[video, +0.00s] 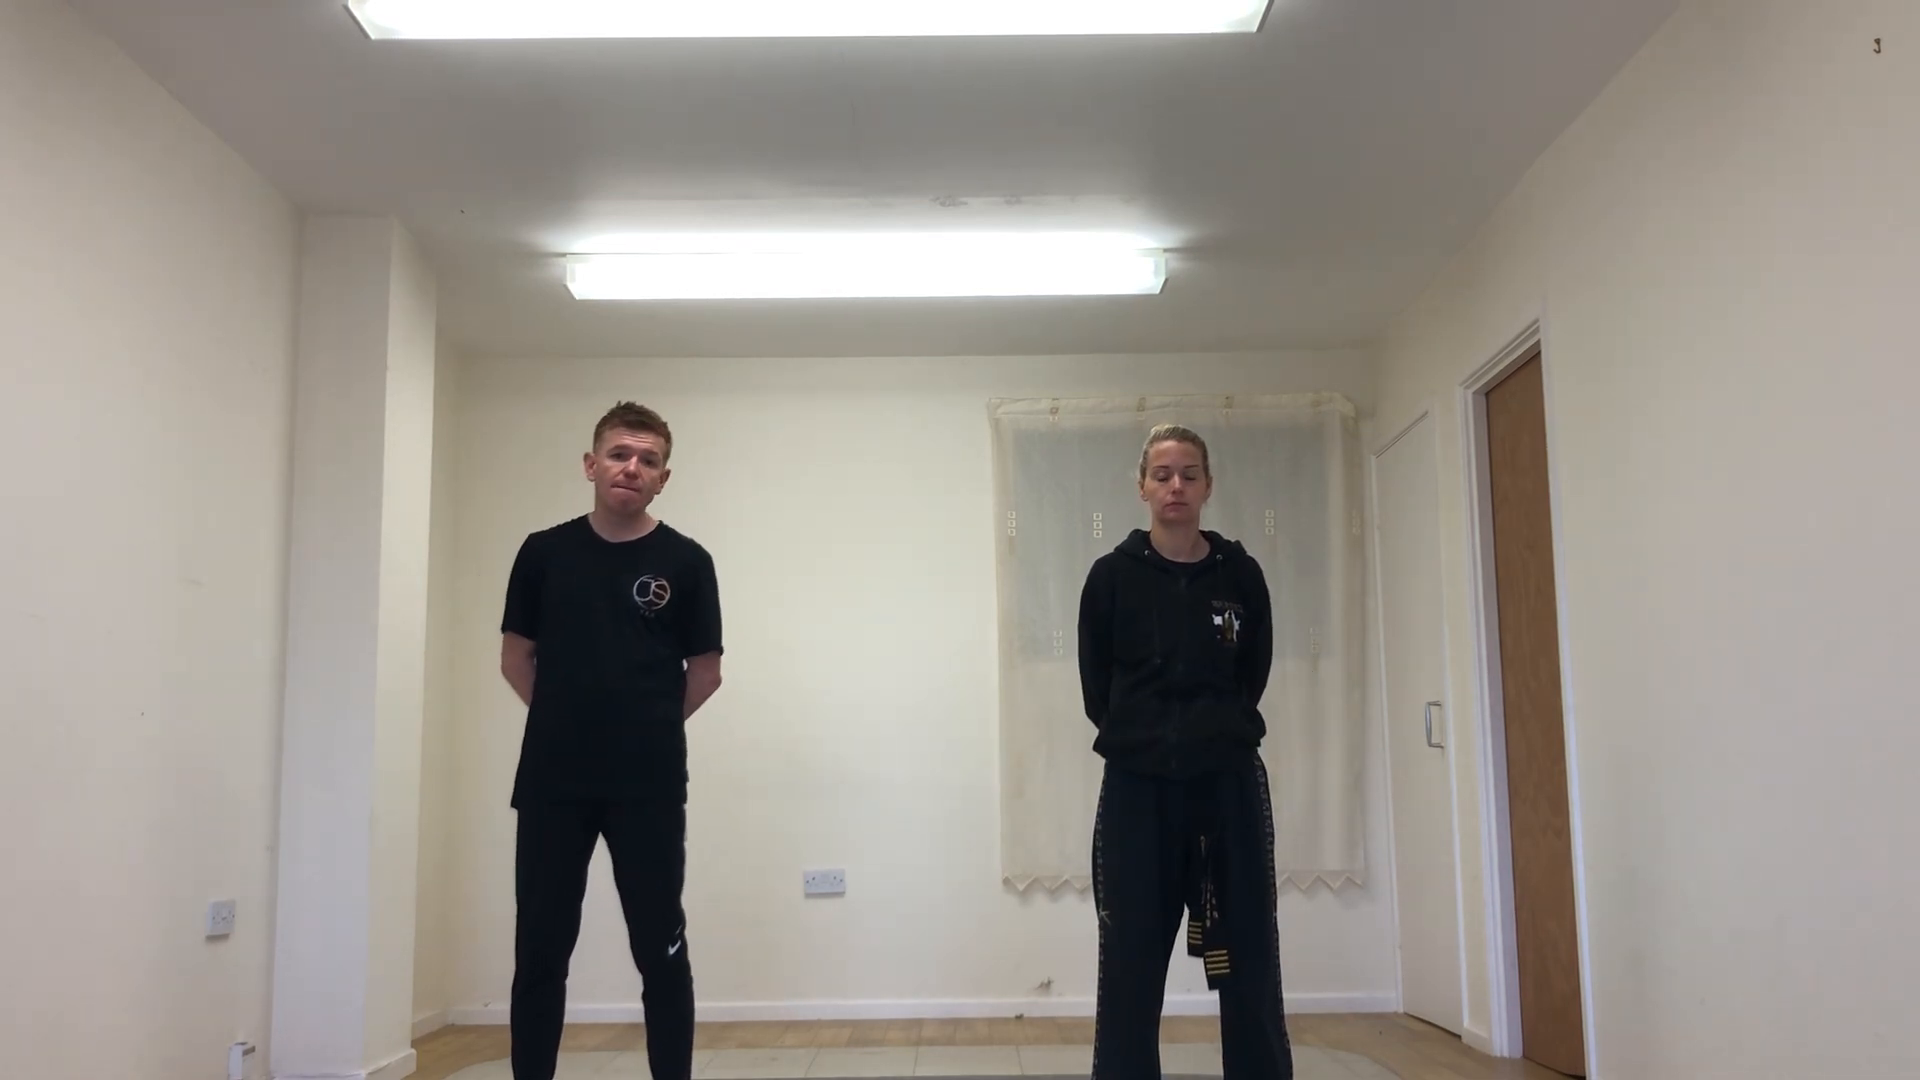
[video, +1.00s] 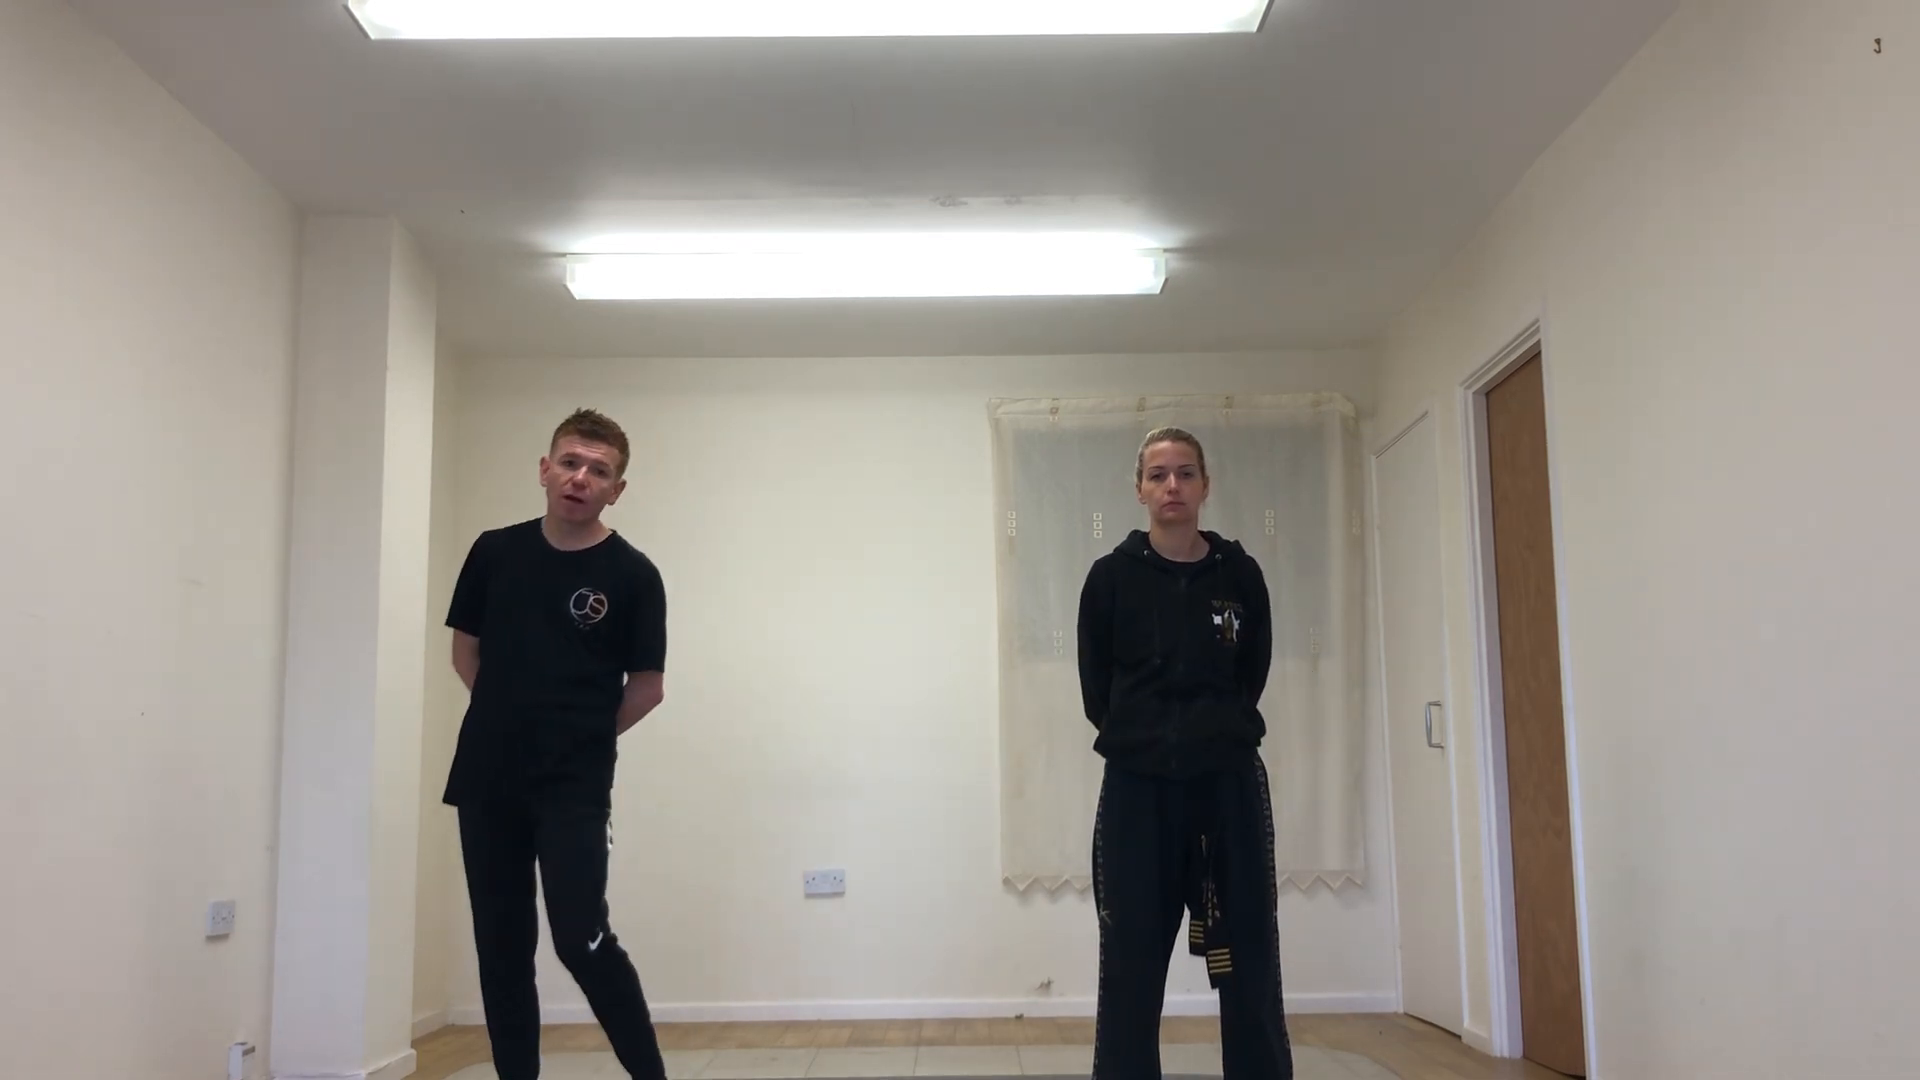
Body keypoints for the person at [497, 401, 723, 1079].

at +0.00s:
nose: (631, 467)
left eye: (647, 459)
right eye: (619, 453)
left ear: (662, 477)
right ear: (590, 465)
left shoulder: (687, 561)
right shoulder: (541, 552)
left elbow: (705, 673)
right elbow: (515, 660)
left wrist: (646, 719)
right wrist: (569, 713)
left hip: (646, 776)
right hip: (555, 774)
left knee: (661, 951)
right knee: (540, 952)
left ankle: (673, 1077)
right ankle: (531, 1076)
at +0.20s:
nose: (622, 467)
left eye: (639, 458)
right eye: (610, 454)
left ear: (657, 475)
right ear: (585, 465)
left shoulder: (684, 561)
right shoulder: (541, 550)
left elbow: (705, 672)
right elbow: (517, 659)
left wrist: (645, 720)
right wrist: (571, 711)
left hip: (641, 778)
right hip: (550, 774)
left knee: (659, 951)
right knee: (538, 952)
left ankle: (672, 1076)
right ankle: (530, 1076)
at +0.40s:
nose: (614, 469)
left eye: (631, 459)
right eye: (602, 455)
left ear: (652, 475)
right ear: (580, 465)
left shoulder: (680, 561)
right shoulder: (539, 551)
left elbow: (701, 674)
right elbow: (521, 659)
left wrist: (643, 726)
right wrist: (572, 714)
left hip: (634, 780)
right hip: (545, 777)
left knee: (654, 951)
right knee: (535, 953)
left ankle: (671, 1076)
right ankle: (529, 1076)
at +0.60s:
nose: (605, 468)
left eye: (623, 459)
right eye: (594, 454)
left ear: (644, 477)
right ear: (572, 464)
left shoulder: (668, 562)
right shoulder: (531, 549)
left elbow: (688, 676)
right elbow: (514, 655)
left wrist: (631, 729)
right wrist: (561, 715)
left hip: (618, 782)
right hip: (531, 778)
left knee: (643, 952)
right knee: (526, 955)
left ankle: (666, 1076)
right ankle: (527, 1076)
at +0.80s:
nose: (594, 472)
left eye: (612, 465)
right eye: (585, 457)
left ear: (632, 485)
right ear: (562, 464)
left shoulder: (650, 570)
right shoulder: (513, 546)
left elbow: (664, 686)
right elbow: (491, 651)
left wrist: (603, 732)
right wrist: (538, 712)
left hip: (592, 782)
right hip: (506, 775)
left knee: (622, 949)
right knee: (512, 953)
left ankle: (662, 1075)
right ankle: (521, 1076)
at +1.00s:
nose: (580, 478)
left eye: (597, 470)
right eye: (570, 462)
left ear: (616, 490)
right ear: (544, 469)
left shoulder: (633, 575)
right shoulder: (493, 550)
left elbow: (647, 689)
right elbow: (465, 654)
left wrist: (583, 730)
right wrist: (515, 714)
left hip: (574, 778)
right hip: (489, 772)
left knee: (580, 939)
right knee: (501, 951)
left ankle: (649, 1074)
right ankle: (516, 1076)